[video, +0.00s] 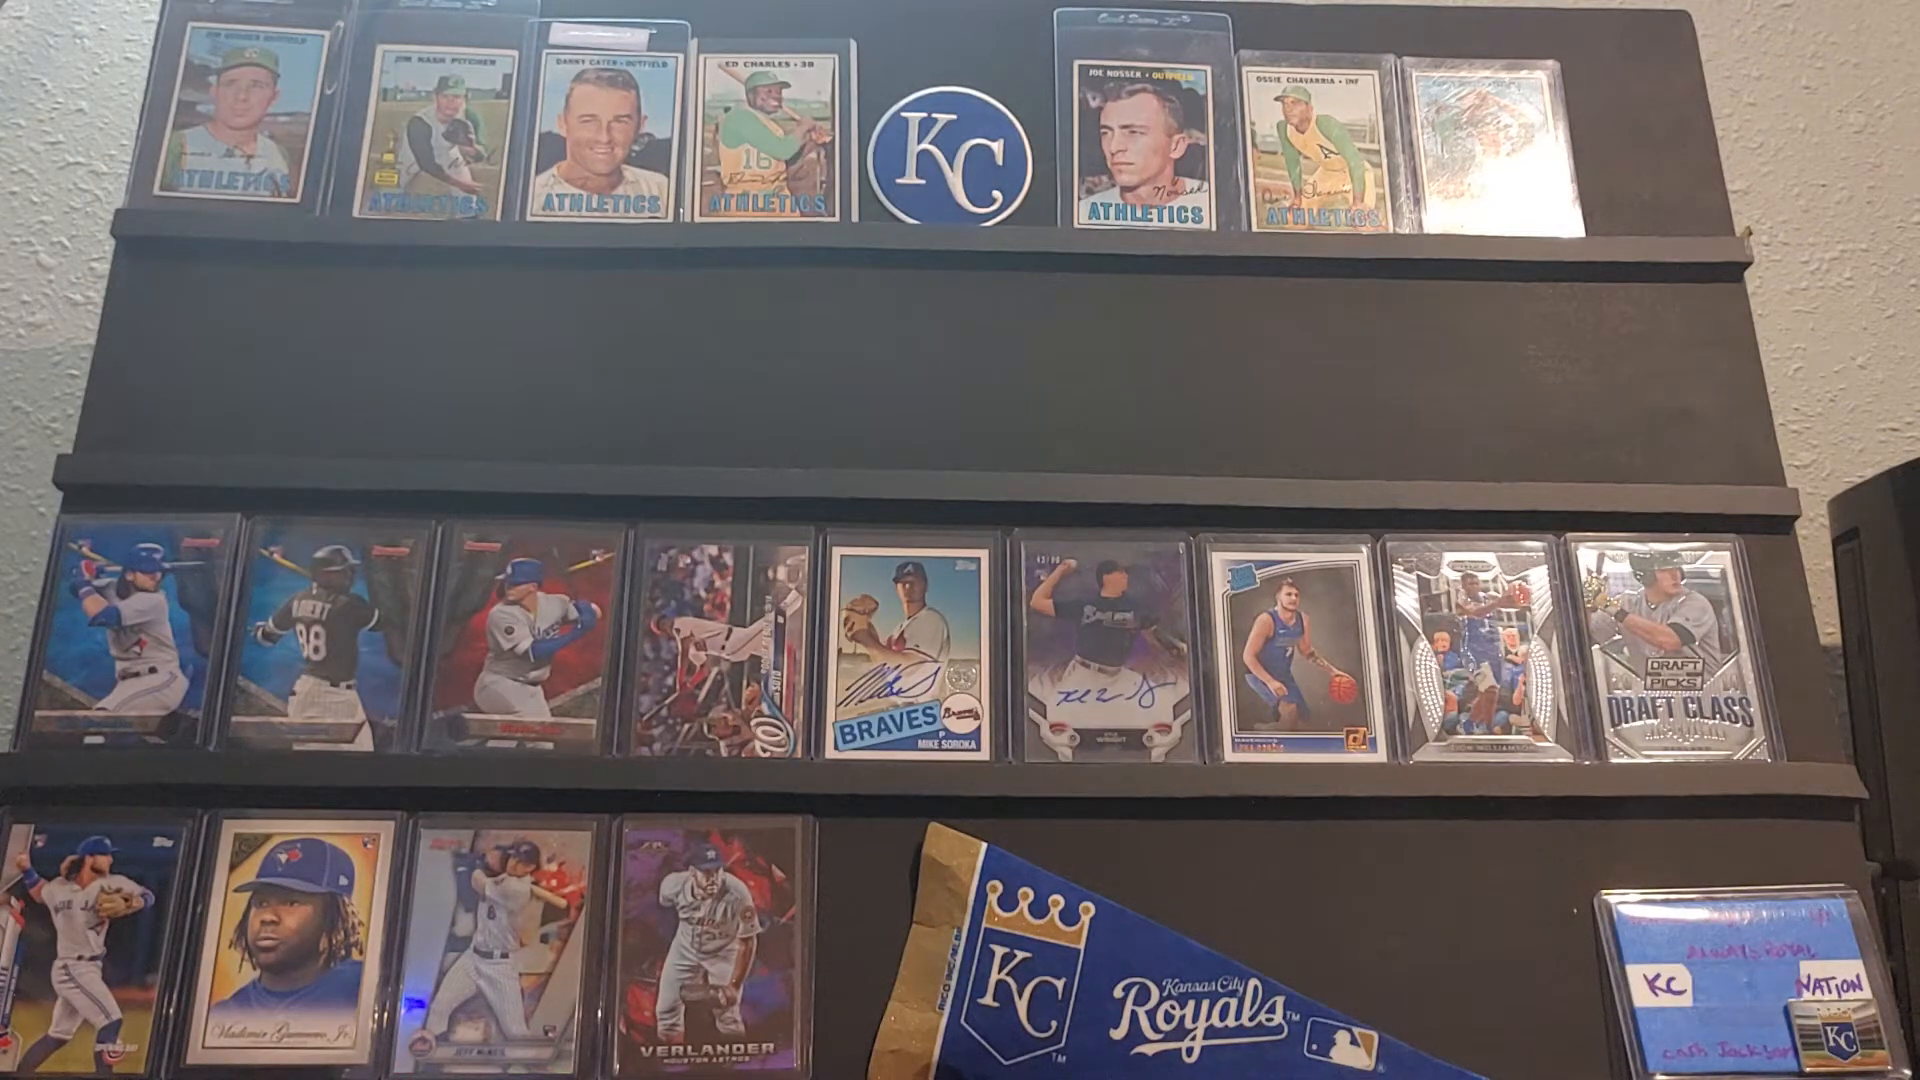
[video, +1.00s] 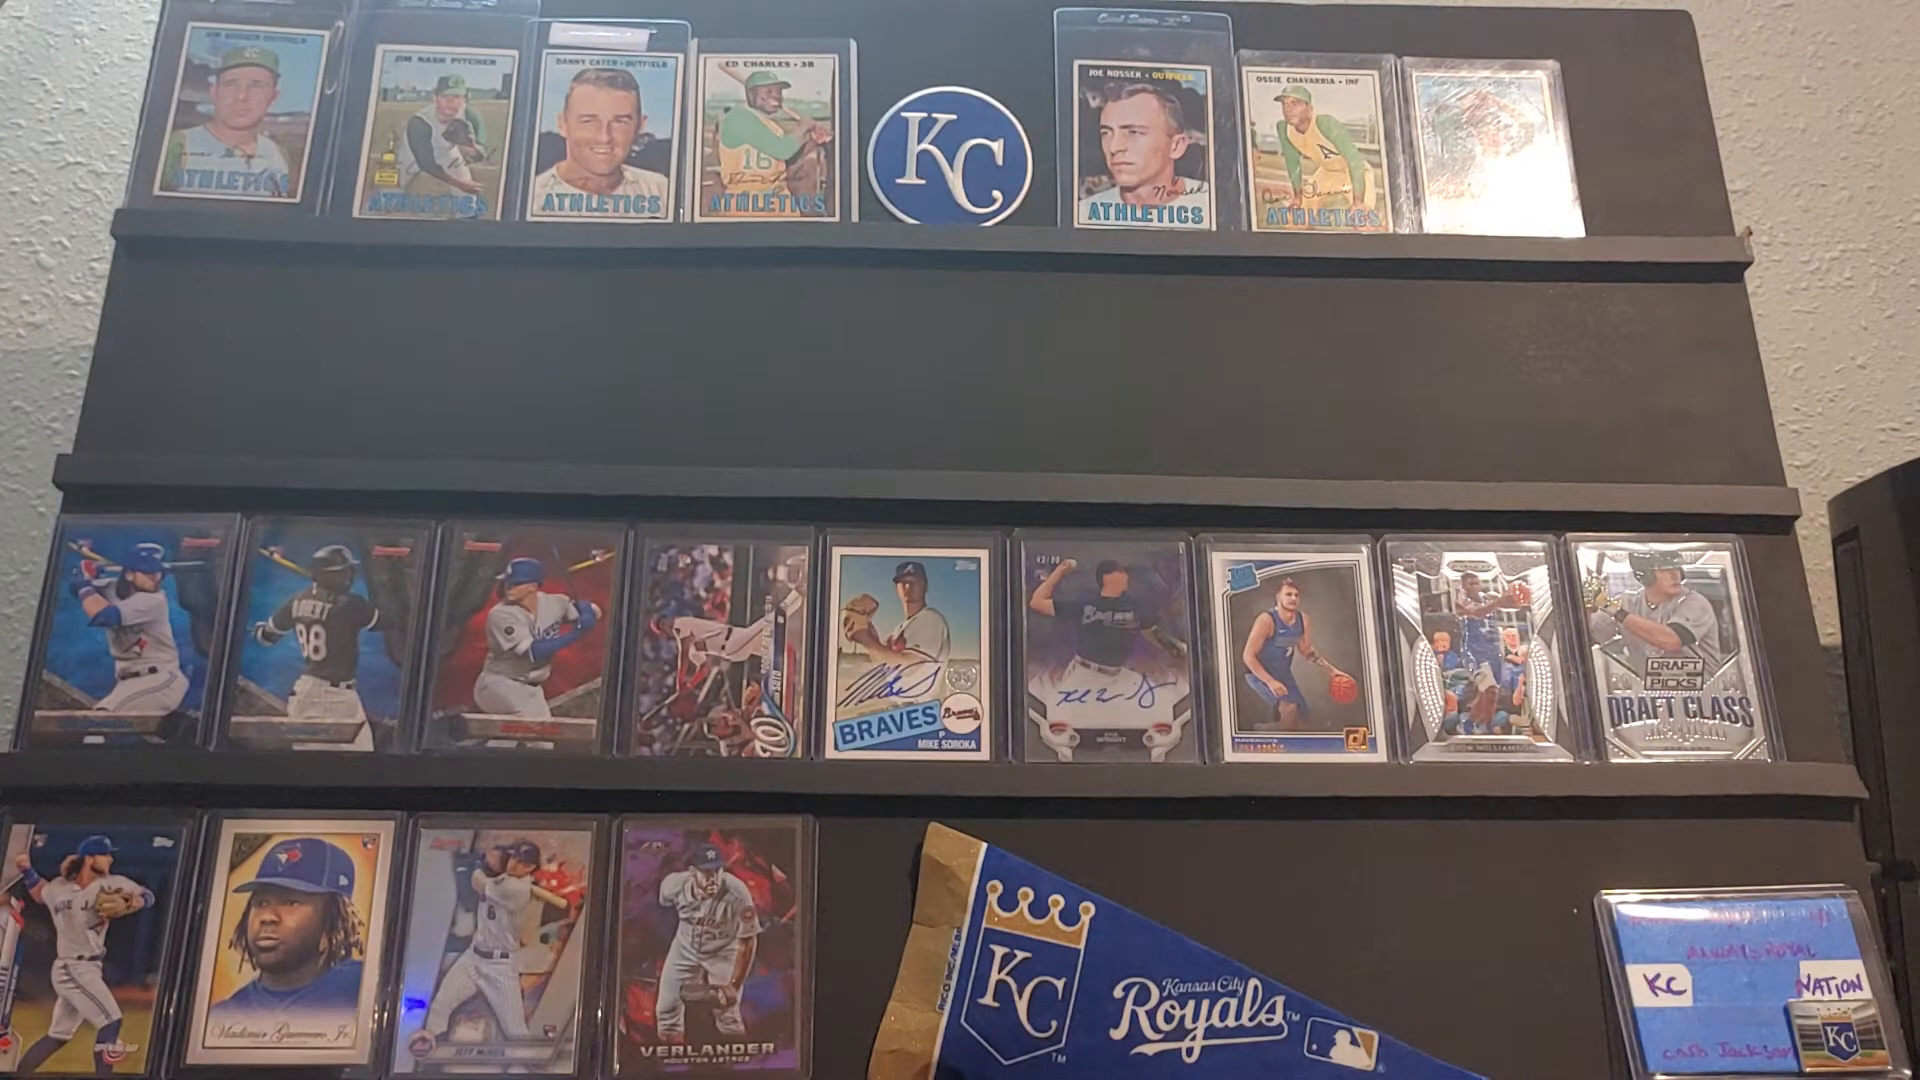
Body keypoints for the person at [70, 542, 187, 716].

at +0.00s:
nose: (155, 577)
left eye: (158, 572)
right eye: (148, 571)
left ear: (162, 573)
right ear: (130, 574)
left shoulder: (154, 601)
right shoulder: (113, 588)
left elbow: (104, 616)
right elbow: (78, 589)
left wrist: (83, 585)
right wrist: (87, 573)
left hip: (162, 679)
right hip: (129, 682)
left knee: (100, 717)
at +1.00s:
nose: (155, 577)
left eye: (158, 572)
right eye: (148, 572)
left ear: (162, 573)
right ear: (130, 574)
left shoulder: (154, 600)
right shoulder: (114, 588)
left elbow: (105, 617)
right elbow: (79, 589)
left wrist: (83, 586)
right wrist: (88, 573)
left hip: (162, 679)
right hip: (129, 682)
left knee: (101, 716)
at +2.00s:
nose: (155, 577)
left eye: (158, 572)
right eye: (147, 572)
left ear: (162, 573)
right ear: (130, 573)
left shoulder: (154, 600)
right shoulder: (114, 587)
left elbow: (105, 617)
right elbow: (79, 588)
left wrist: (83, 586)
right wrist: (87, 573)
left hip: (162, 679)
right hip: (129, 682)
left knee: (102, 716)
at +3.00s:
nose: (157, 577)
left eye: (159, 572)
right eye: (149, 572)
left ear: (162, 573)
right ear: (130, 574)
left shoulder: (154, 600)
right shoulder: (113, 587)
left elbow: (104, 617)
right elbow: (79, 588)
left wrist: (82, 586)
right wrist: (85, 574)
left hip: (163, 679)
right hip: (130, 682)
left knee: (100, 717)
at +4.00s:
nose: (157, 577)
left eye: (158, 572)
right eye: (149, 572)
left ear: (162, 573)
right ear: (130, 575)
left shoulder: (154, 600)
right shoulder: (113, 587)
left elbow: (105, 617)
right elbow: (79, 588)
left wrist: (83, 586)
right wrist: (87, 574)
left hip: (163, 679)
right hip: (130, 682)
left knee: (100, 717)